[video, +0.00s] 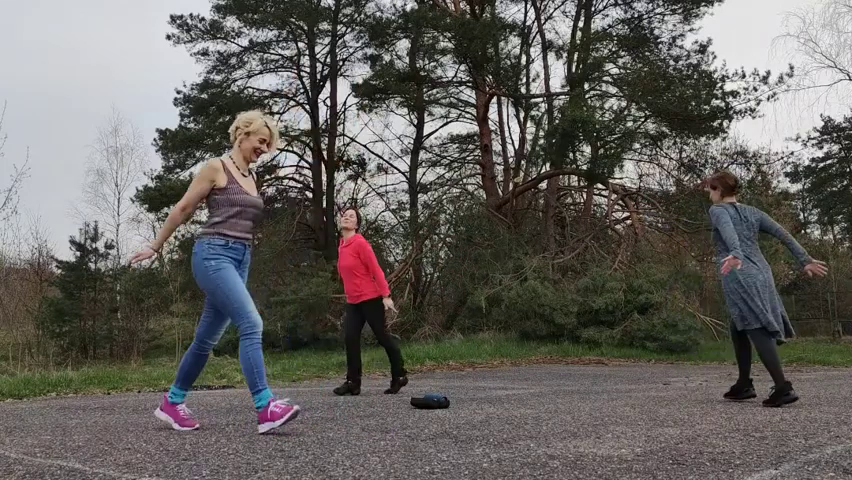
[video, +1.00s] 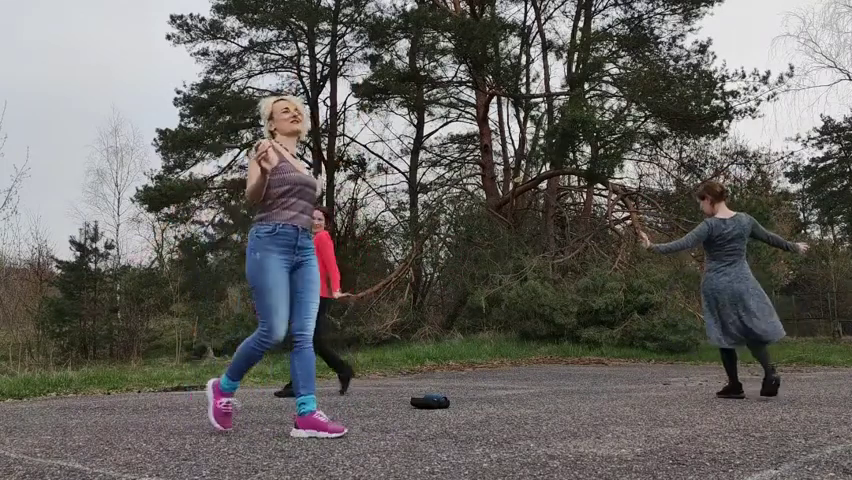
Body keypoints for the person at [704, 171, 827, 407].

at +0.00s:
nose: (709, 194)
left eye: (711, 190)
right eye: (709, 190)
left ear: (719, 190)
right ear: (733, 190)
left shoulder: (717, 210)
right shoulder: (751, 211)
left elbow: (727, 228)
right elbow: (782, 233)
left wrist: (735, 252)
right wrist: (805, 259)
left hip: (740, 275)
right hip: (761, 273)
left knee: (756, 329)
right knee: (739, 327)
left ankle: (782, 387)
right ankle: (744, 383)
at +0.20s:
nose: (714, 192)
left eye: (715, 187)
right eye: (713, 188)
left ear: (723, 186)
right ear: (737, 186)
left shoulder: (722, 205)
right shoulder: (759, 206)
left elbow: (722, 233)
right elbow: (786, 235)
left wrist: (719, 260)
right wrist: (804, 263)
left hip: (744, 274)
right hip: (767, 272)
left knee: (758, 329)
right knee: (747, 325)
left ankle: (779, 385)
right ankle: (761, 377)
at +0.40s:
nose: (716, 201)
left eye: (716, 196)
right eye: (715, 196)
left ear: (725, 192)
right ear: (740, 190)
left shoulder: (729, 215)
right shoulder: (764, 213)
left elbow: (721, 245)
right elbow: (786, 245)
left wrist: (708, 270)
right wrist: (809, 274)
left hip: (744, 284)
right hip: (770, 281)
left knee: (734, 336)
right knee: (761, 335)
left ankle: (764, 372)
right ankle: (771, 390)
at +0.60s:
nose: (714, 201)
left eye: (714, 196)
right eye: (713, 197)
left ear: (722, 192)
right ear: (735, 190)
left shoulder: (726, 215)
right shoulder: (761, 211)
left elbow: (707, 238)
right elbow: (785, 238)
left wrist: (681, 256)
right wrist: (808, 255)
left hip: (739, 278)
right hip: (765, 275)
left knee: (728, 330)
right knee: (764, 331)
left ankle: (743, 374)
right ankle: (771, 388)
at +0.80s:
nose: (710, 206)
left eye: (710, 202)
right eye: (708, 202)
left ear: (718, 198)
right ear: (732, 196)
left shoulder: (720, 221)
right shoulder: (755, 217)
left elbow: (693, 240)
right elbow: (777, 236)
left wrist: (660, 242)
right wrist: (797, 241)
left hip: (729, 283)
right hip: (756, 281)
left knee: (731, 334)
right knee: (757, 333)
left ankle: (735, 384)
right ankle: (769, 386)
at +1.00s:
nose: (700, 207)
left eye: (702, 201)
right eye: (700, 202)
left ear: (712, 200)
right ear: (720, 199)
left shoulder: (709, 225)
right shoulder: (744, 220)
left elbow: (684, 243)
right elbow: (769, 237)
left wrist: (652, 247)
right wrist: (793, 246)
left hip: (715, 283)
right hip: (742, 280)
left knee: (723, 334)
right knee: (751, 331)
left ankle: (733, 384)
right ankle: (770, 372)